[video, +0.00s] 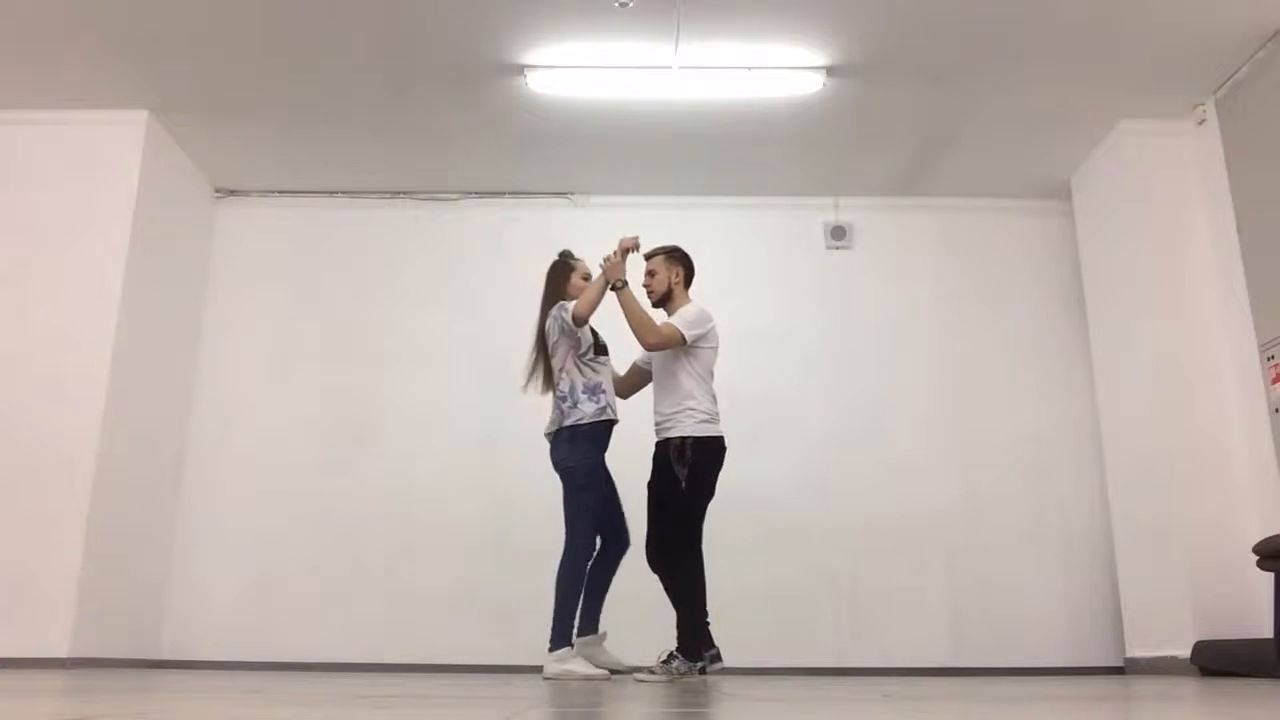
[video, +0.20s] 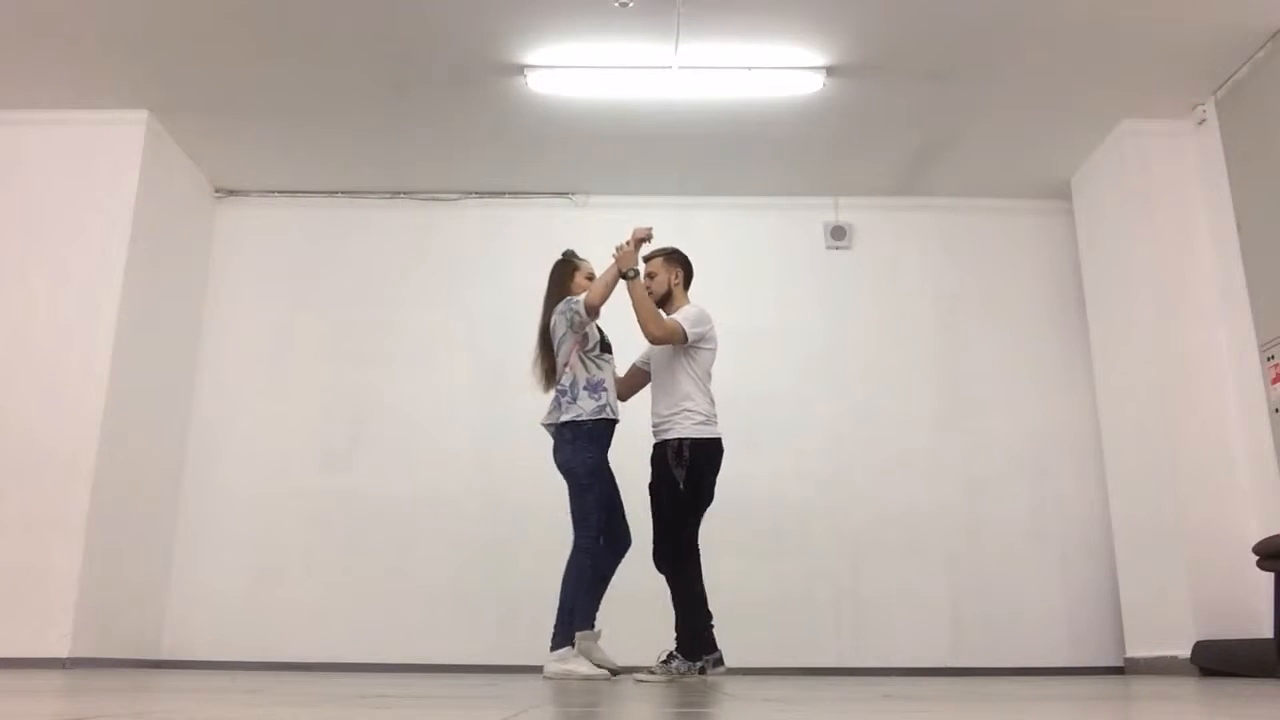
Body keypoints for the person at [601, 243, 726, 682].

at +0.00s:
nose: (645, 282)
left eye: (652, 273)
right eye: (643, 276)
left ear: (677, 274)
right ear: (662, 279)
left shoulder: (698, 316)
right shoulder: (664, 336)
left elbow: (653, 338)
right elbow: (622, 386)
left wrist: (619, 286)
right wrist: (580, 358)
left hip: (695, 443)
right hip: (671, 445)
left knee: (678, 548)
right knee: (663, 551)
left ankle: (690, 653)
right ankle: (701, 646)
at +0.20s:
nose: (644, 284)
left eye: (652, 275)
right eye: (642, 279)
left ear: (677, 274)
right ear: (662, 282)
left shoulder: (698, 316)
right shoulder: (662, 338)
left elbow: (656, 331)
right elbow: (621, 389)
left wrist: (629, 276)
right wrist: (578, 361)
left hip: (691, 444)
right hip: (671, 446)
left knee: (677, 550)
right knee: (671, 553)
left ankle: (690, 652)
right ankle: (703, 648)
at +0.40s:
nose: (646, 281)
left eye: (655, 272)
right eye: (646, 274)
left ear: (677, 275)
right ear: (659, 283)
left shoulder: (700, 316)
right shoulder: (659, 341)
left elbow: (664, 328)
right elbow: (618, 389)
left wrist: (642, 270)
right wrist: (573, 375)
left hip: (691, 444)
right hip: (669, 446)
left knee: (671, 546)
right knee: (675, 547)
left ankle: (693, 651)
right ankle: (700, 648)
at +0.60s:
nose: (647, 285)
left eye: (655, 277)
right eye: (645, 278)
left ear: (680, 278)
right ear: (657, 283)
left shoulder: (701, 317)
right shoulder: (657, 338)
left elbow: (672, 323)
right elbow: (616, 389)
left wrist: (654, 260)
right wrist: (572, 380)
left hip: (695, 444)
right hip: (668, 446)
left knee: (675, 546)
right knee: (675, 548)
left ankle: (693, 651)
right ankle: (700, 649)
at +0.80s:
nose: (647, 282)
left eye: (655, 275)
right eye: (646, 276)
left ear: (681, 278)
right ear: (661, 282)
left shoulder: (703, 313)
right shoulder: (660, 337)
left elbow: (671, 316)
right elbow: (621, 387)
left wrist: (655, 253)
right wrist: (576, 377)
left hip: (700, 444)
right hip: (672, 446)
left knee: (682, 548)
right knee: (666, 551)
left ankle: (692, 649)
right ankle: (701, 645)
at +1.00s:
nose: (652, 281)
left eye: (660, 272)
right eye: (651, 274)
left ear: (682, 276)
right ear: (666, 280)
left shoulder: (703, 314)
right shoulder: (665, 339)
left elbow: (666, 313)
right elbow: (625, 391)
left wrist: (649, 256)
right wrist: (579, 379)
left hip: (700, 443)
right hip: (675, 445)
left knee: (683, 548)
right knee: (664, 550)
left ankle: (692, 653)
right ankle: (692, 649)